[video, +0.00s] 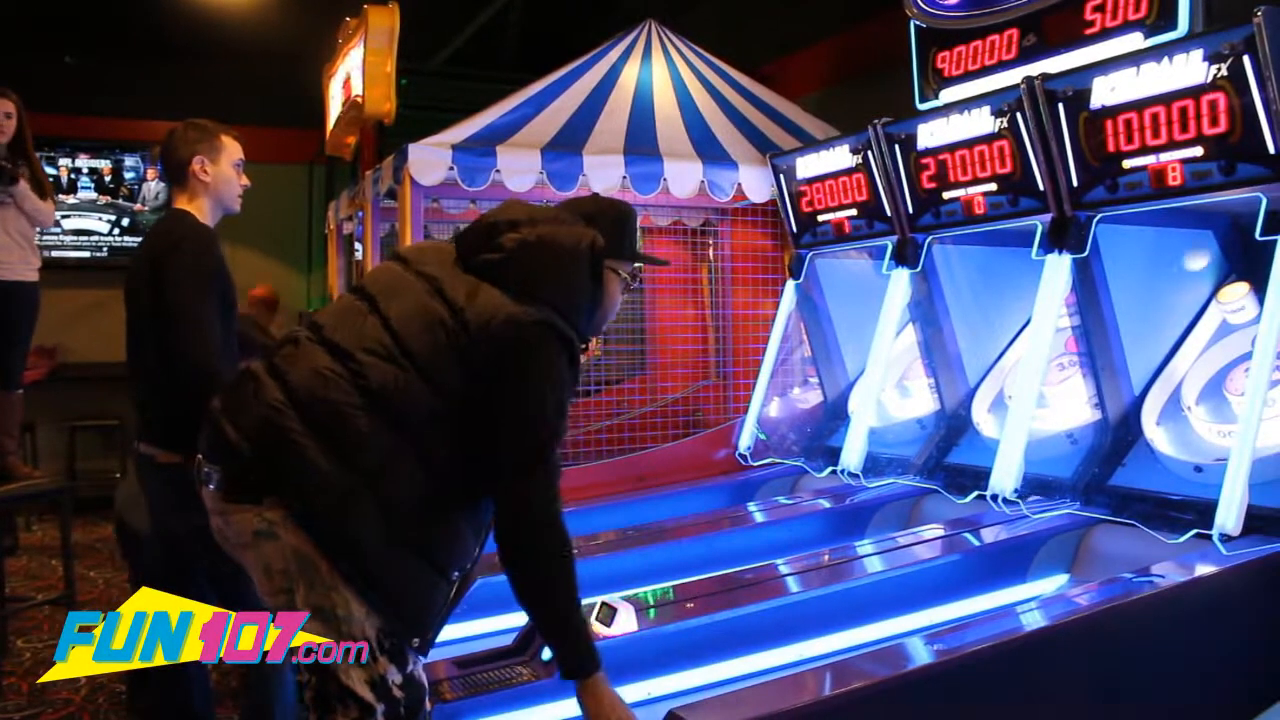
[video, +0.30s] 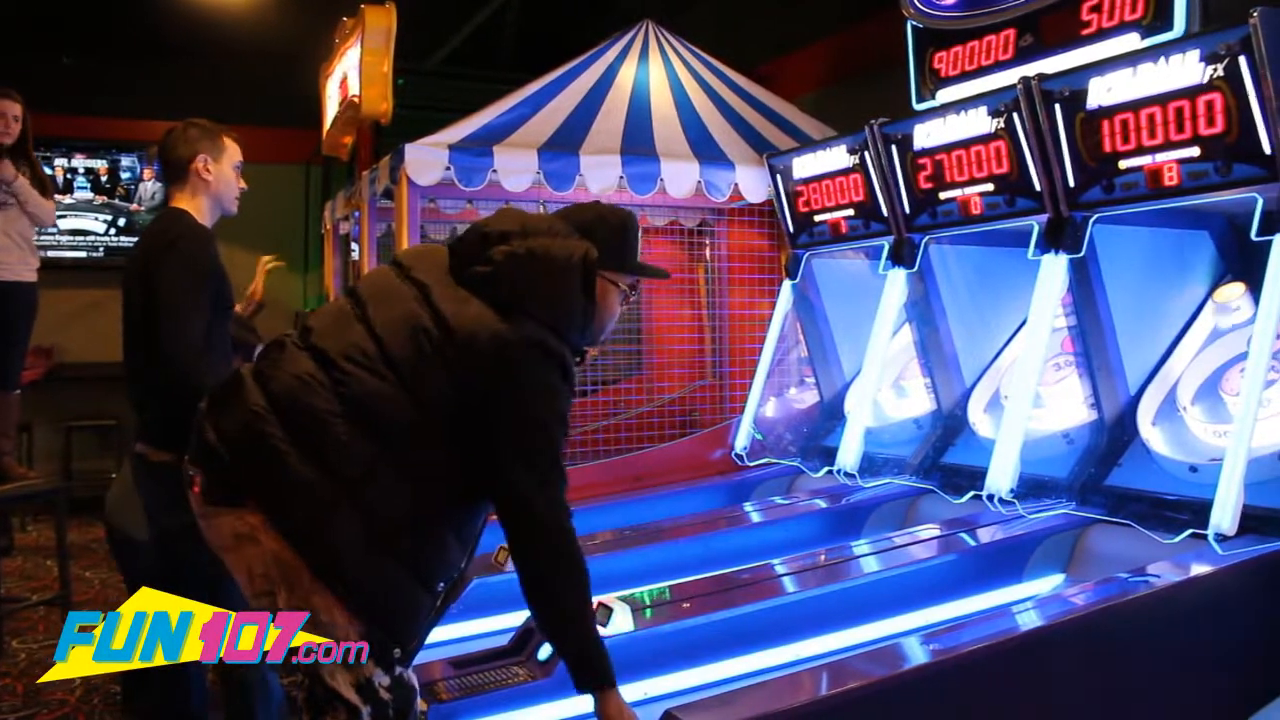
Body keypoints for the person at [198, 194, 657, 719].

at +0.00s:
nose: (623, 298)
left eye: (628, 281)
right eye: (622, 277)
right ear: (586, 265)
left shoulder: (437, 265)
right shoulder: (530, 337)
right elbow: (530, 523)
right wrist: (589, 679)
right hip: (291, 500)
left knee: (392, 690)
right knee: (372, 695)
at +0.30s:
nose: (624, 309)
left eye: (628, 292)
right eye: (619, 290)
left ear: (552, 260)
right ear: (580, 280)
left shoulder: (439, 265)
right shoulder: (526, 351)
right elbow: (542, 532)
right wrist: (603, 688)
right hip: (280, 505)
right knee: (363, 694)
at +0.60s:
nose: (607, 299)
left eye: (610, 284)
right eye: (602, 281)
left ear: (533, 258)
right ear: (563, 271)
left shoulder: (416, 264)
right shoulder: (506, 344)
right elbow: (502, 523)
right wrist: (580, 664)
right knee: (347, 696)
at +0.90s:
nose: (596, 305)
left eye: (603, 289)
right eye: (595, 284)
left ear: (535, 259)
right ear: (556, 269)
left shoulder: (413, 261)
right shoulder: (493, 329)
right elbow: (428, 496)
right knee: (344, 688)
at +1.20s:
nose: (595, 324)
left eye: (603, 308)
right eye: (597, 304)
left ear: (537, 264)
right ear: (568, 287)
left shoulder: (418, 268)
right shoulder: (498, 337)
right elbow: (411, 487)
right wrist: (358, 645)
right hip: (259, 510)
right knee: (337, 683)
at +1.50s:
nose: (588, 303)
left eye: (592, 286)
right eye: (586, 284)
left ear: (493, 247)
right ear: (554, 277)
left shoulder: (396, 265)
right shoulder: (519, 342)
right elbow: (615, 460)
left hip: (209, 484)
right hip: (286, 530)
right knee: (364, 700)